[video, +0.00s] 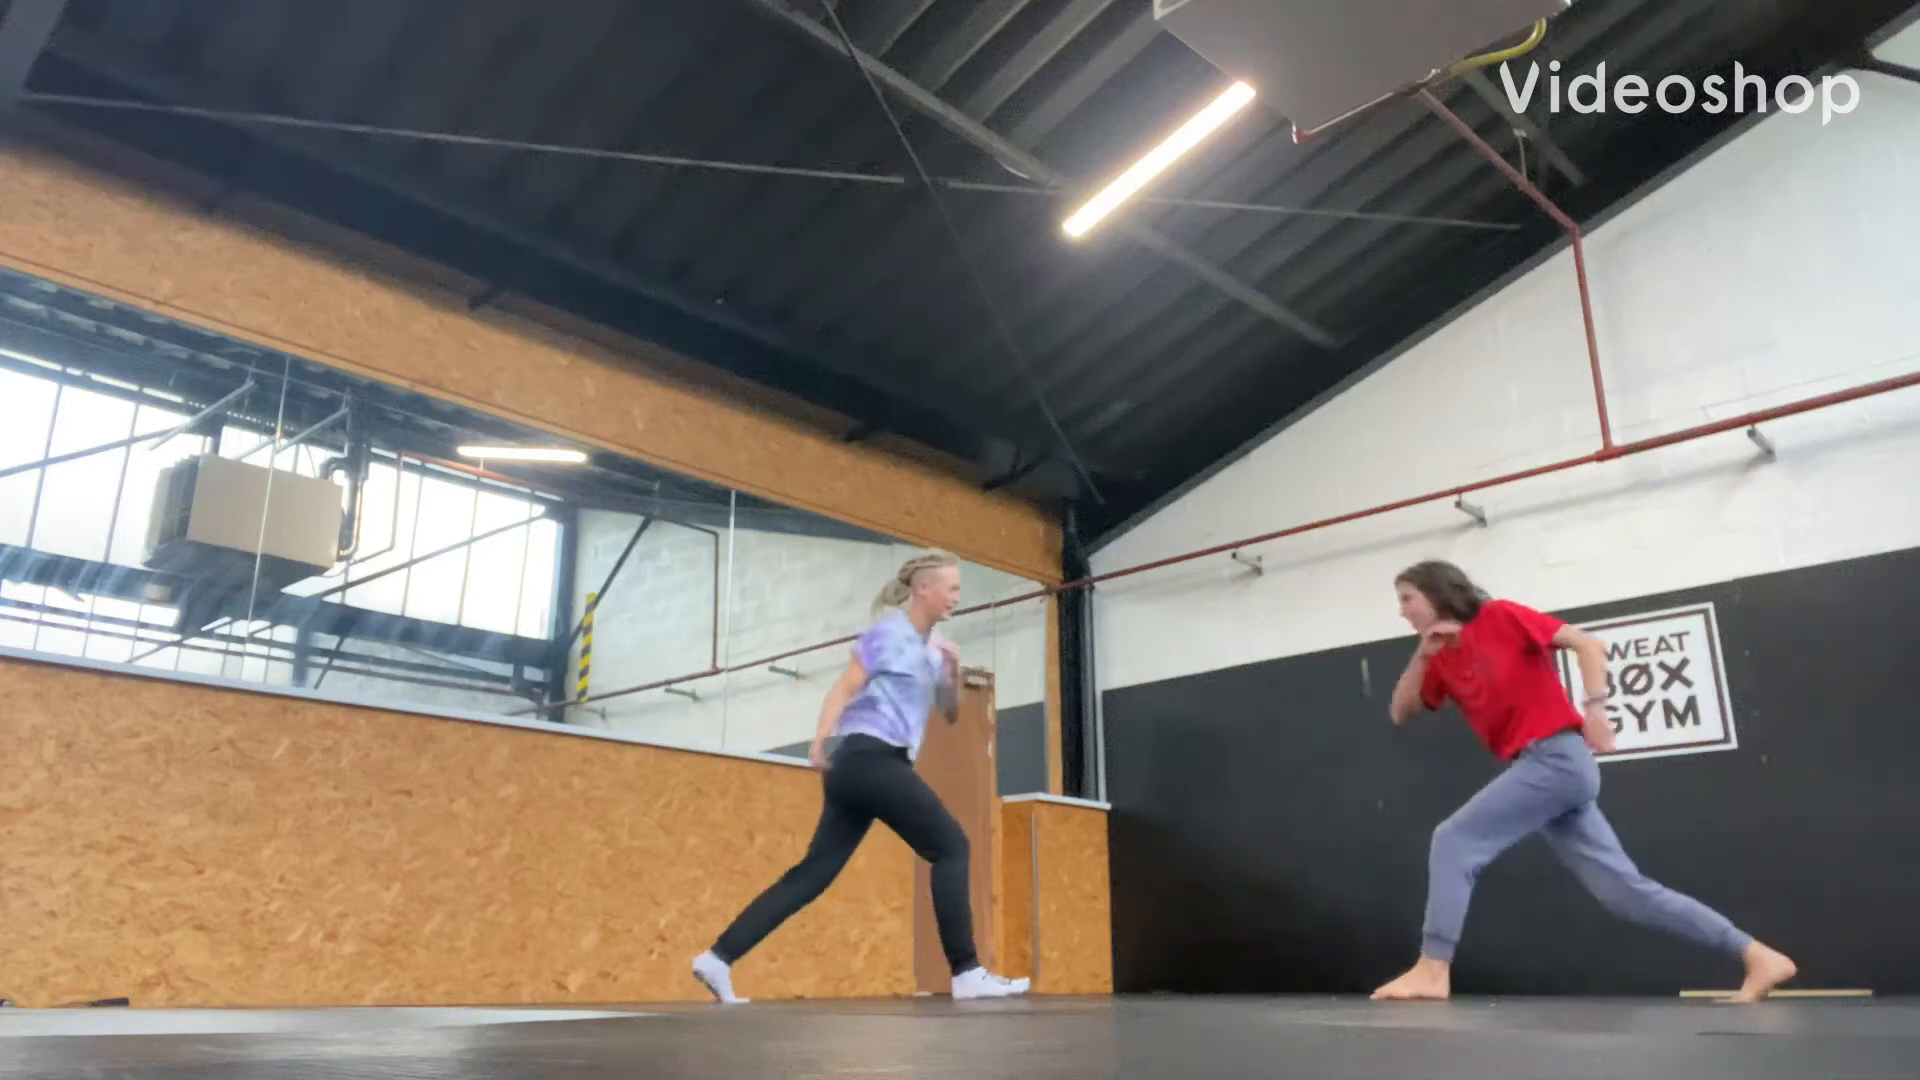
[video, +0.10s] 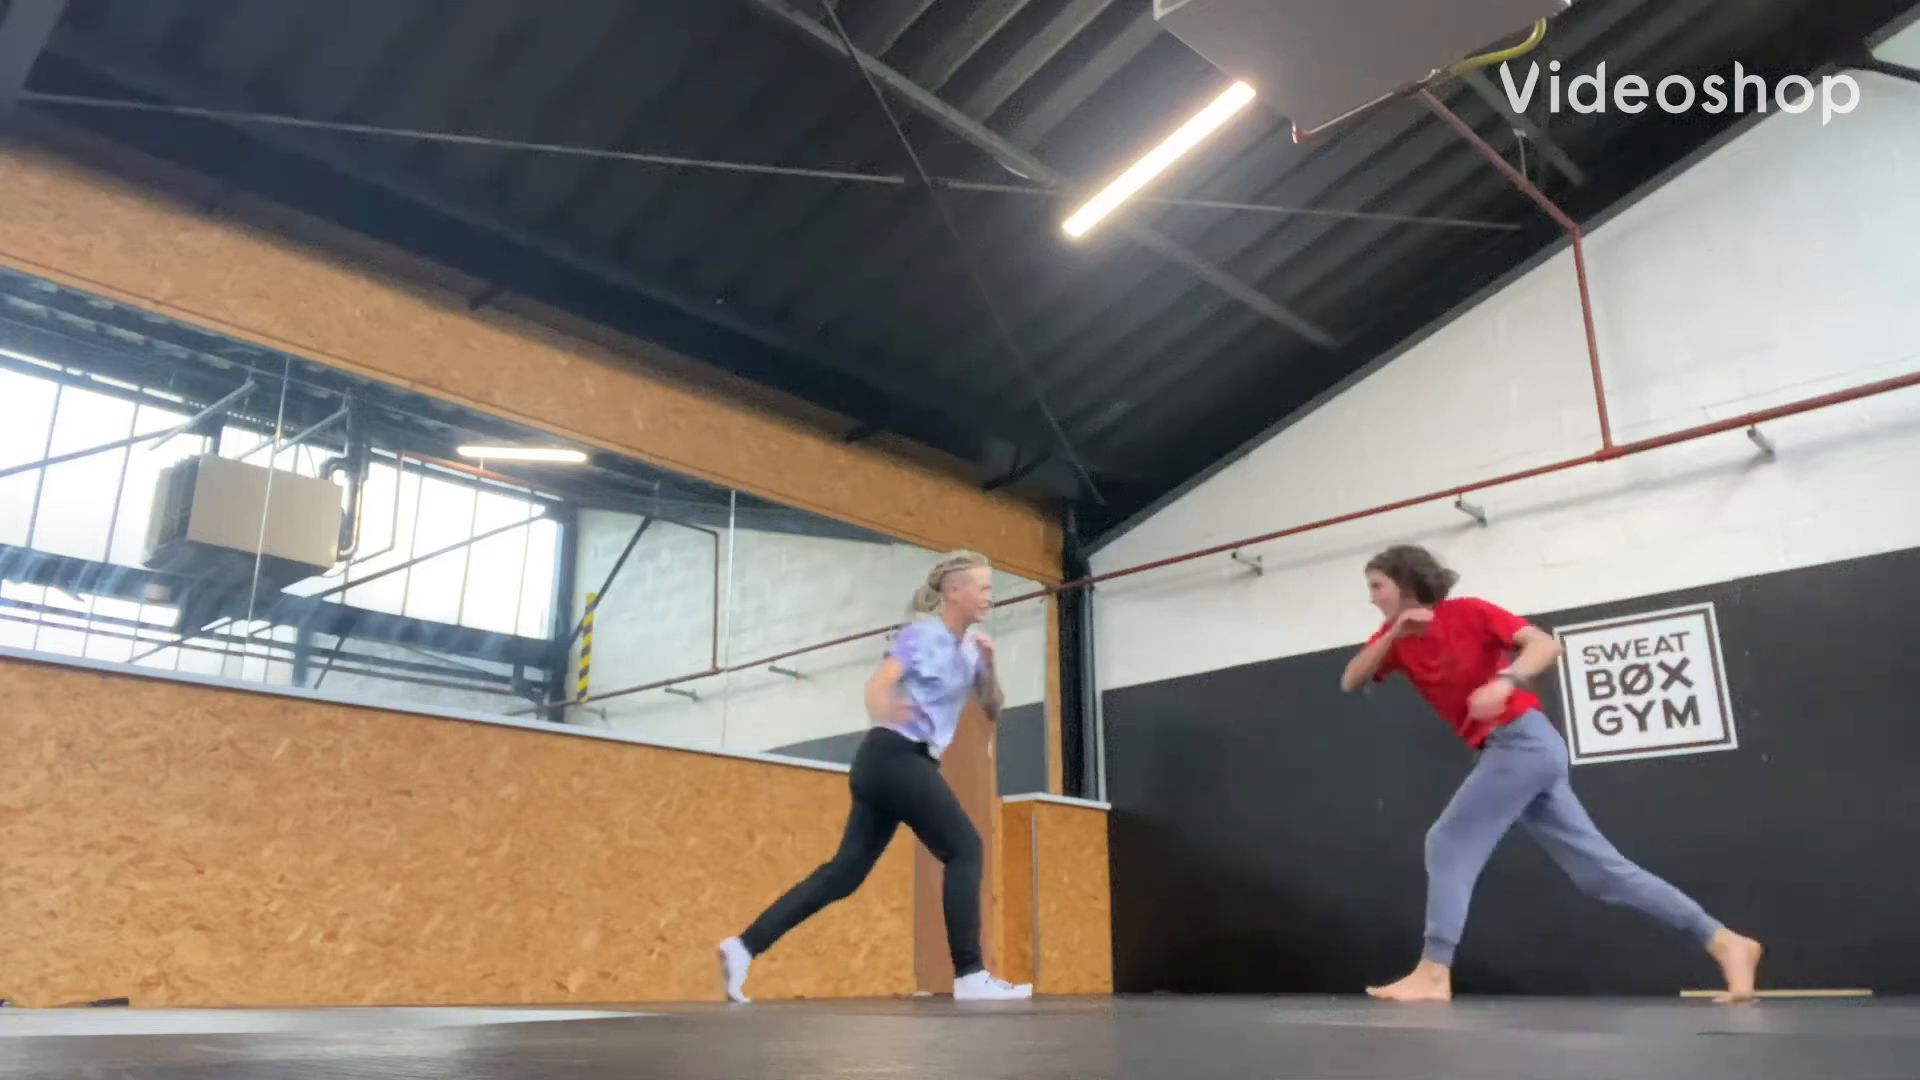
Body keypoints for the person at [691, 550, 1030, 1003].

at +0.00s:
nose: (957, 599)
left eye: (958, 591)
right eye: (951, 589)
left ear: (930, 591)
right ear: (924, 588)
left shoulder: (931, 652)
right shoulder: (890, 633)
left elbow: (949, 713)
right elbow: (846, 686)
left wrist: (951, 678)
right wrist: (821, 740)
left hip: (868, 764)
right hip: (866, 758)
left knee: (815, 872)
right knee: (950, 846)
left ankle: (718, 958)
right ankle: (967, 975)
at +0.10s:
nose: (989, 598)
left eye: (990, 589)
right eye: (982, 589)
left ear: (969, 594)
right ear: (952, 591)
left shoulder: (971, 648)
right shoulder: (922, 634)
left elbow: (992, 711)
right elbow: (878, 686)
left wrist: (988, 668)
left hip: (896, 761)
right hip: (894, 757)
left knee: (845, 873)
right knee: (965, 848)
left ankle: (743, 948)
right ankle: (971, 978)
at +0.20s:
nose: (1030, 613)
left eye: (1030, 605)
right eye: (1024, 603)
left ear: (1002, 609)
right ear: (997, 605)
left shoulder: (994, 662)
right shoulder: (961, 640)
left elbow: (990, 729)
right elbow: (931, 690)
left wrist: (1002, 701)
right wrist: (982, 690)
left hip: (912, 765)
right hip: (905, 759)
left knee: (898, 885)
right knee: (977, 850)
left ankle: (793, 930)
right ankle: (972, 978)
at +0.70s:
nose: (1085, 694)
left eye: (1087, 686)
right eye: (1083, 684)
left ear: (1056, 680)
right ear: (1059, 679)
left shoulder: (1036, 708)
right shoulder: (1034, 703)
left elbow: (1067, 746)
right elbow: (1037, 774)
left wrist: (1110, 750)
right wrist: (1050, 737)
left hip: (952, 801)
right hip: (945, 799)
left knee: (1014, 877)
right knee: (1011, 876)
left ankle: (1007, 978)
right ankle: (976, 977)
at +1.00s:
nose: (1085, 691)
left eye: (1086, 683)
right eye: (1082, 681)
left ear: (1056, 679)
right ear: (1061, 677)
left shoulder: (1030, 699)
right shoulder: (1039, 695)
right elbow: (1040, 751)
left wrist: (1050, 752)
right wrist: (1062, 753)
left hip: (965, 795)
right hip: (945, 780)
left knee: (1007, 873)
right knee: (925, 873)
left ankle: (1009, 981)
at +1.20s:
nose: (1042, 657)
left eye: (1042, 649)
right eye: (1040, 649)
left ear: (1010, 647)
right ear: (1022, 646)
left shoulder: (977, 676)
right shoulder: (1010, 670)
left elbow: (924, 717)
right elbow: (1038, 722)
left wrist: (891, 749)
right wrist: (1029, 695)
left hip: (945, 787)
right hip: (929, 777)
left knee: (989, 873)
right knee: (886, 871)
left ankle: (1006, 980)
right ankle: (798, 949)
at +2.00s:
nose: (1059, 638)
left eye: (1063, 631)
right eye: (1053, 629)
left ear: (1058, 636)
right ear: (1028, 629)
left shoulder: (1025, 678)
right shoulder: (1022, 657)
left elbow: (1024, 748)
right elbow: (1043, 697)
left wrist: (1076, 743)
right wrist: (1080, 702)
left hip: (1004, 791)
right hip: (972, 780)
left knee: (1044, 875)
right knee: (993, 863)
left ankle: (1023, 979)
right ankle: (950, 962)